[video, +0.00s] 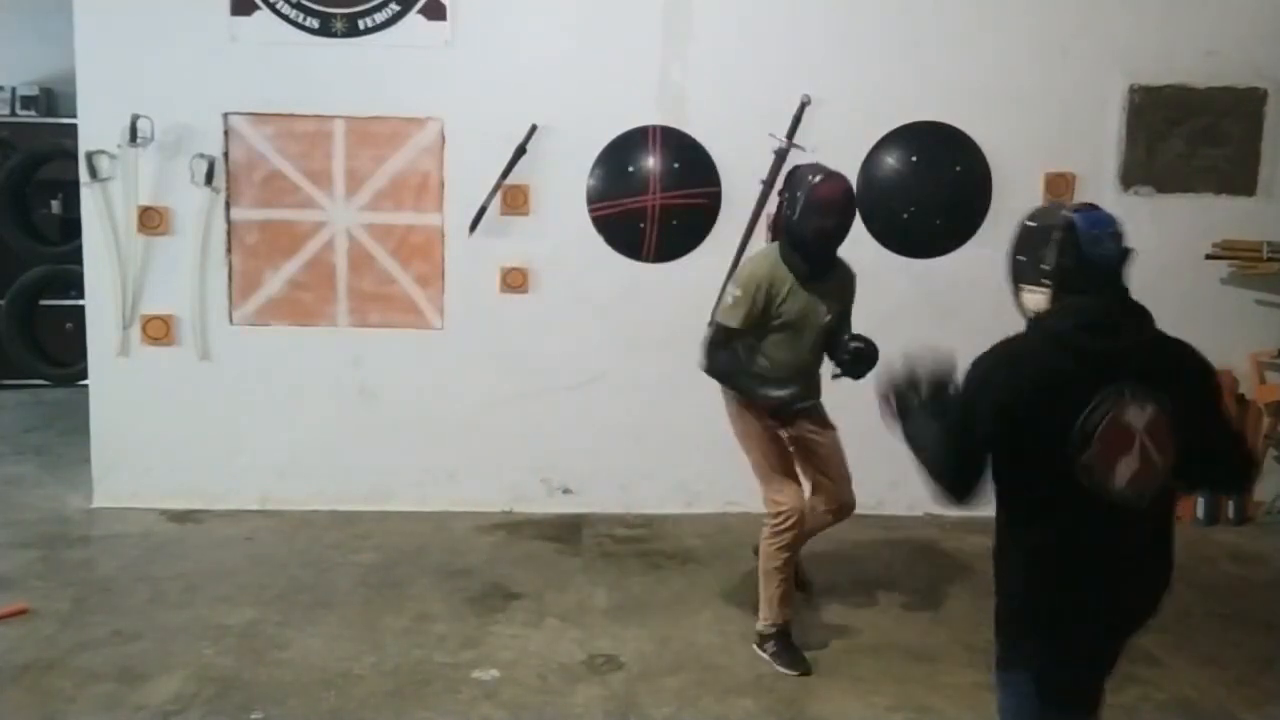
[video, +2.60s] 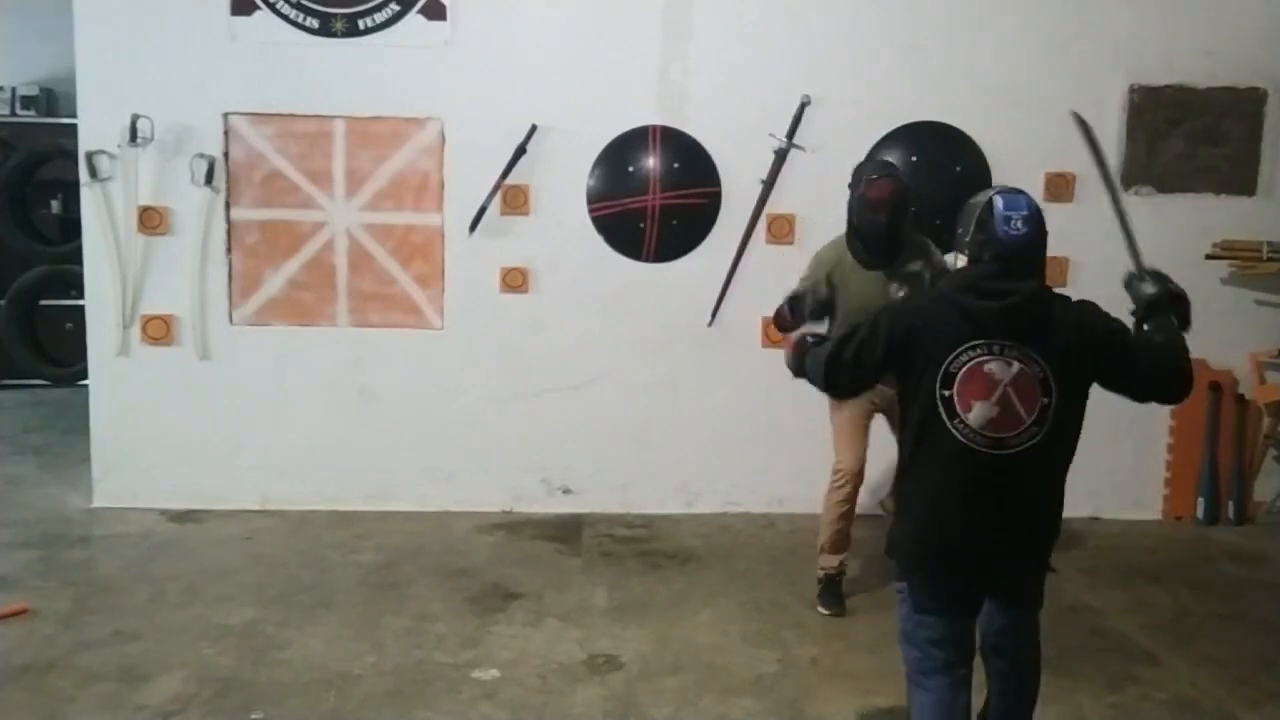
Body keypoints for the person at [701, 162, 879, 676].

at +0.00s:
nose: (830, 233)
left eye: (839, 223)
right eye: (821, 220)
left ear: (845, 226)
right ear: (793, 217)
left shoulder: (839, 279)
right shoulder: (760, 270)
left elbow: (836, 340)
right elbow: (716, 353)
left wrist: (852, 354)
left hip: (805, 405)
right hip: (751, 406)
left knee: (837, 501)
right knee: (786, 508)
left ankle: (780, 548)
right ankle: (772, 629)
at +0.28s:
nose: (817, 204)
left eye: (827, 194)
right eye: (808, 192)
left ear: (839, 200)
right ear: (787, 195)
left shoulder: (848, 257)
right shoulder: (759, 252)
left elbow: (874, 326)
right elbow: (708, 313)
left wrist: (890, 308)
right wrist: (725, 349)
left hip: (822, 392)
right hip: (774, 390)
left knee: (821, 492)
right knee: (788, 498)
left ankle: (790, 565)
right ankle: (769, 622)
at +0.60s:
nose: (824, 184)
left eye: (833, 173)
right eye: (813, 173)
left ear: (845, 180)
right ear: (792, 179)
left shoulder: (860, 240)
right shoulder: (769, 239)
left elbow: (911, 289)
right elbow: (720, 310)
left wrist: (903, 250)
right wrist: (762, 292)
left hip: (829, 380)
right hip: (778, 378)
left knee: (817, 484)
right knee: (798, 487)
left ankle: (792, 567)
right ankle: (780, 608)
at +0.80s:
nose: (836, 188)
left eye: (844, 177)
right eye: (824, 177)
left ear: (854, 184)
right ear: (799, 180)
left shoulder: (861, 240)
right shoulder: (776, 234)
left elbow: (887, 314)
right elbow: (737, 314)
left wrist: (897, 302)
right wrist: (763, 266)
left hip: (836, 381)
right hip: (788, 379)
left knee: (822, 488)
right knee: (802, 490)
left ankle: (793, 566)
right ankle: (781, 609)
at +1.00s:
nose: (851, 216)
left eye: (860, 205)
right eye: (841, 204)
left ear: (869, 209)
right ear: (816, 203)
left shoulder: (871, 257)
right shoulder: (788, 258)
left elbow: (875, 333)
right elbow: (754, 337)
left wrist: (882, 341)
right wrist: (768, 319)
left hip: (837, 383)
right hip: (789, 381)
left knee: (840, 481)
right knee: (809, 488)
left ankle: (807, 550)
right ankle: (783, 609)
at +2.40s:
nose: (877, 213)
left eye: (885, 203)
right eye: (868, 202)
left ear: (896, 203)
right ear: (847, 201)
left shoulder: (912, 247)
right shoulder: (826, 251)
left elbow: (932, 302)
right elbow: (786, 311)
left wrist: (921, 342)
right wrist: (806, 342)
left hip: (893, 371)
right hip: (840, 373)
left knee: (890, 466)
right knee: (839, 473)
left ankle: (859, 528)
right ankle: (828, 569)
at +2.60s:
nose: (878, 217)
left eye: (887, 208)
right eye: (870, 207)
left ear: (902, 211)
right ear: (855, 208)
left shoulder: (921, 255)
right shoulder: (834, 257)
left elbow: (949, 304)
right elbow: (803, 305)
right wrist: (790, 313)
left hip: (906, 378)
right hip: (850, 379)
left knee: (921, 455)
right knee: (849, 469)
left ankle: (903, 529)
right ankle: (831, 570)